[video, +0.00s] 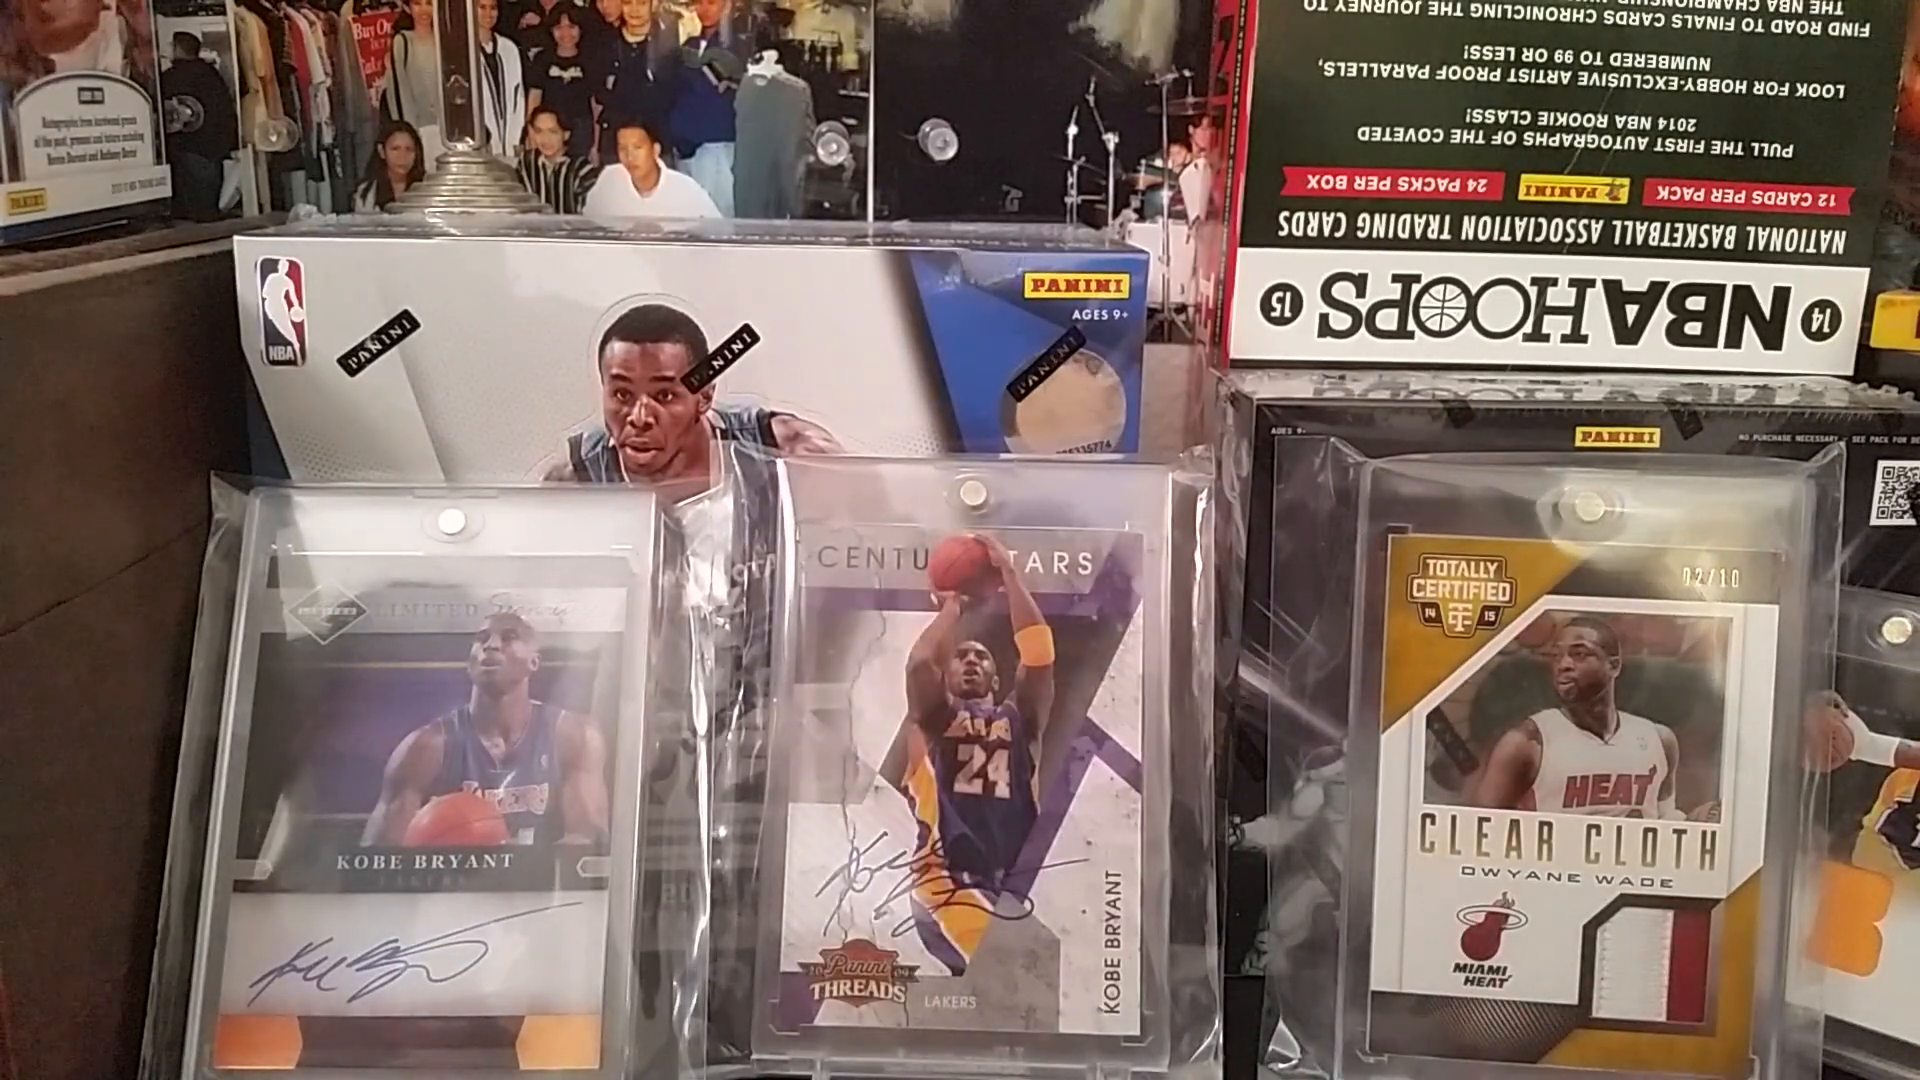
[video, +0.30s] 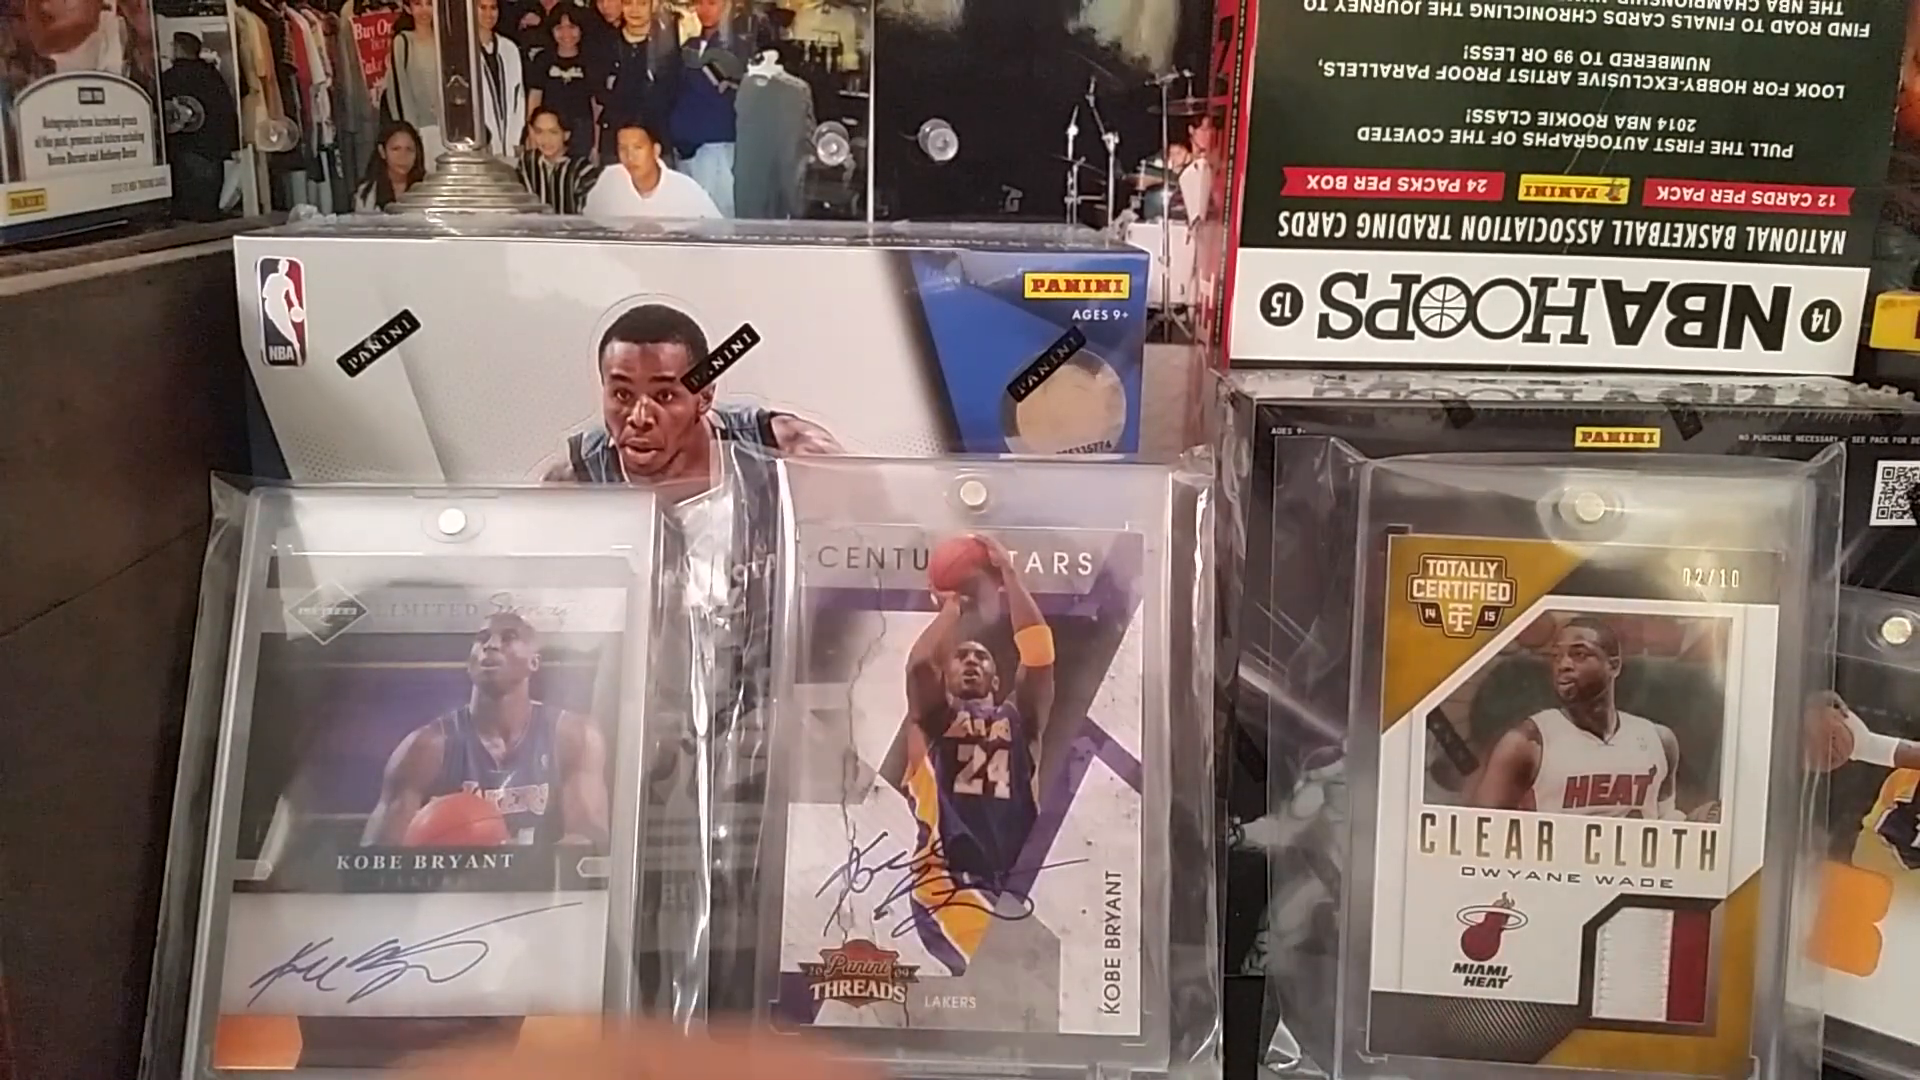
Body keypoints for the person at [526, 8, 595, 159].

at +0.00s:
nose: (565, 33)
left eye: (571, 27)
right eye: (559, 28)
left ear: (579, 30)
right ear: (552, 32)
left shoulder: (589, 60)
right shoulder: (543, 59)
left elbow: (596, 104)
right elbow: (534, 97)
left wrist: (595, 146)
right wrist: (531, 134)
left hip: (581, 131)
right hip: (549, 133)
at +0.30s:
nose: (565, 33)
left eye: (571, 27)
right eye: (560, 28)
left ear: (580, 31)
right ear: (553, 32)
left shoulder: (589, 62)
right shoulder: (543, 60)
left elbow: (597, 104)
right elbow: (535, 98)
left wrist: (596, 145)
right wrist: (531, 135)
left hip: (581, 133)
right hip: (548, 134)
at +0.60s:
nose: (566, 33)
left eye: (572, 27)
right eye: (560, 28)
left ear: (580, 30)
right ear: (553, 32)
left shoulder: (589, 61)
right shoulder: (543, 60)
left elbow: (597, 105)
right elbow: (535, 99)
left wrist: (596, 146)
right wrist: (531, 136)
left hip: (581, 132)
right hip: (549, 133)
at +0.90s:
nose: (566, 33)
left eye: (572, 27)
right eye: (560, 28)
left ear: (580, 31)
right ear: (553, 33)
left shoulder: (589, 62)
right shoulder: (543, 60)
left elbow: (597, 105)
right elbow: (535, 97)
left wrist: (596, 146)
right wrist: (531, 135)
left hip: (581, 132)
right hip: (549, 134)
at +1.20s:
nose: (566, 33)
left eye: (572, 27)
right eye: (560, 28)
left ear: (580, 31)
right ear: (554, 33)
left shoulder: (590, 62)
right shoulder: (543, 60)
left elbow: (597, 105)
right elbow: (535, 98)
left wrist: (596, 146)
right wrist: (532, 135)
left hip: (581, 132)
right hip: (549, 133)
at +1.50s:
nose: (566, 33)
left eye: (572, 27)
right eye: (559, 28)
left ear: (580, 31)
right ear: (553, 33)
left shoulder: (590, 61)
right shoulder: (543, 60)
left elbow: (597, 105)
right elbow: (534, 98)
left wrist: (596, 146)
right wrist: (532, 135)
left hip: (581, 132)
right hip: (550, 134)